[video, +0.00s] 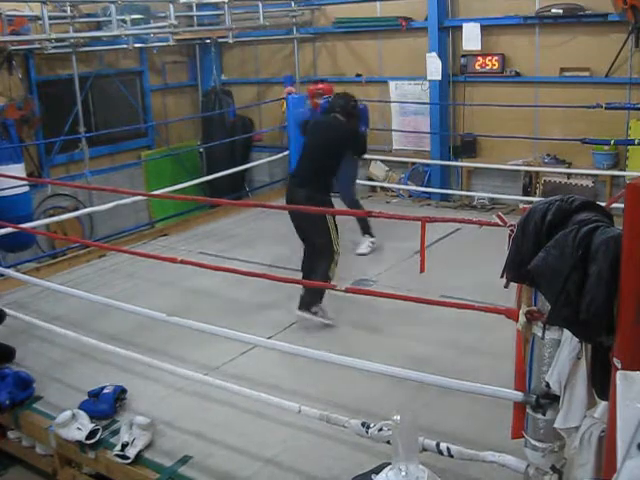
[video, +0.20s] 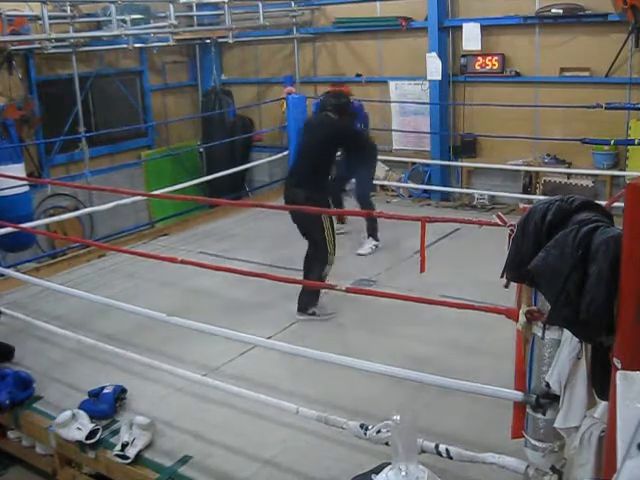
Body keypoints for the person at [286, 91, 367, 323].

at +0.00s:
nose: (355, 117)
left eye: (354, 112)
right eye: (354, 113)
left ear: (332, 108)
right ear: (349, 113)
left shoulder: (315, 123)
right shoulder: (347, 131)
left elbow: (303, 126)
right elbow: (360, 150)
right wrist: (357, 128)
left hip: (295, 192)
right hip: (316, 196)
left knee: (312, 246)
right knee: (328, 250)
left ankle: (308, 299)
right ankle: (312, 303)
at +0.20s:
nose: (351, 117)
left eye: (350, 114)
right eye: (349, 113)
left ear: (325, 108)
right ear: (341, 112)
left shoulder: (313, 124)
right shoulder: (336, 128)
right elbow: (364, 148)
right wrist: (363, 137)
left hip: (293, 191)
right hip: (312, 194)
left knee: (315, 244)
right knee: (325, 250)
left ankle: (308, 296)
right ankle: (307, 304)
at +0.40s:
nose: (343, 113)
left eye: (342, 109)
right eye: (341, 109)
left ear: (318, 108)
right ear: (337, 110)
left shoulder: (306, 125)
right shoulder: (331, 128)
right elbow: (359, 146)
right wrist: (367, 131)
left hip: (294, 194)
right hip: (311, 197)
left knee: (319, 242)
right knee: (327, 251)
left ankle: (316, 279)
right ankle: (307, 305)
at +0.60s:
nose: (343, 113)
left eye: (342, 109)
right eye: (342, 109)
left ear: (319, 105)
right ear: (337, 109)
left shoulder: (309, 120)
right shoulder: (328, 124)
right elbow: (348, 142)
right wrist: (347, 123)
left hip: (297, 186)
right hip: (304, 190)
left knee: (324, 230)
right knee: (316, 241)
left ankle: (320, 269)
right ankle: (304, 301)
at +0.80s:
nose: (338, 112)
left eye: (339, 108)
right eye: (337, 108)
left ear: (318, 103)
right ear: (329, 107)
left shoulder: (307, 117)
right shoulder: (319, 122)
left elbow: (335, 141)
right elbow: (338, 143)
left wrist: (342, 124)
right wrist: (345, 124)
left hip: (302, 183)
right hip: (293, 185)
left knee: (321, 227)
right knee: (312, 235)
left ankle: (318, 270)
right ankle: (271, 272)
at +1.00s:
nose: (329, 115)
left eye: (328, 112)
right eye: (327, 112)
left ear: (309, 110)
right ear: (319, 113)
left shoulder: (302, 123)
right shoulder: (305, 128)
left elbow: (325, 144)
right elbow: (328, 146)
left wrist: (337, 123)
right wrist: (336, 125)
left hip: (292, 192)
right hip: (277, 193)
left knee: (313, 229)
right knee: (275, 243)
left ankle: (317, 270)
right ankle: (241, 279)